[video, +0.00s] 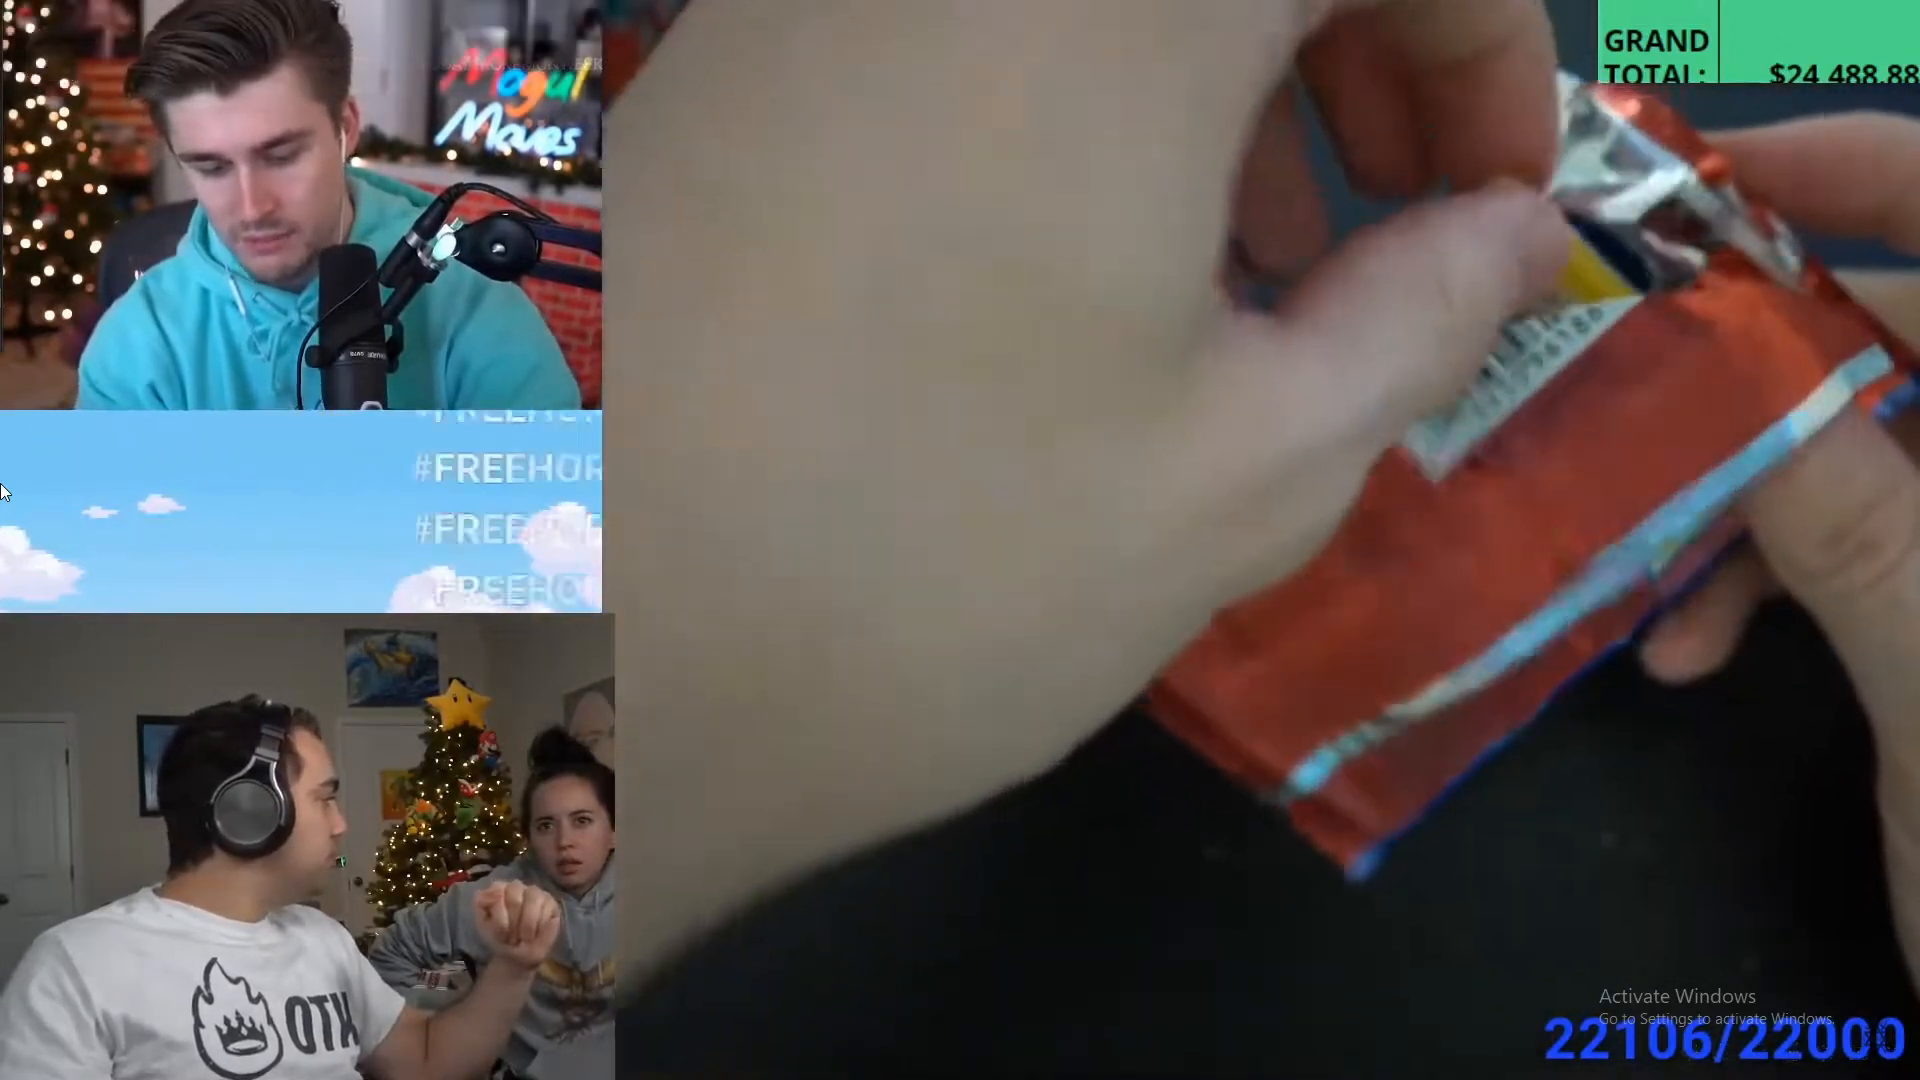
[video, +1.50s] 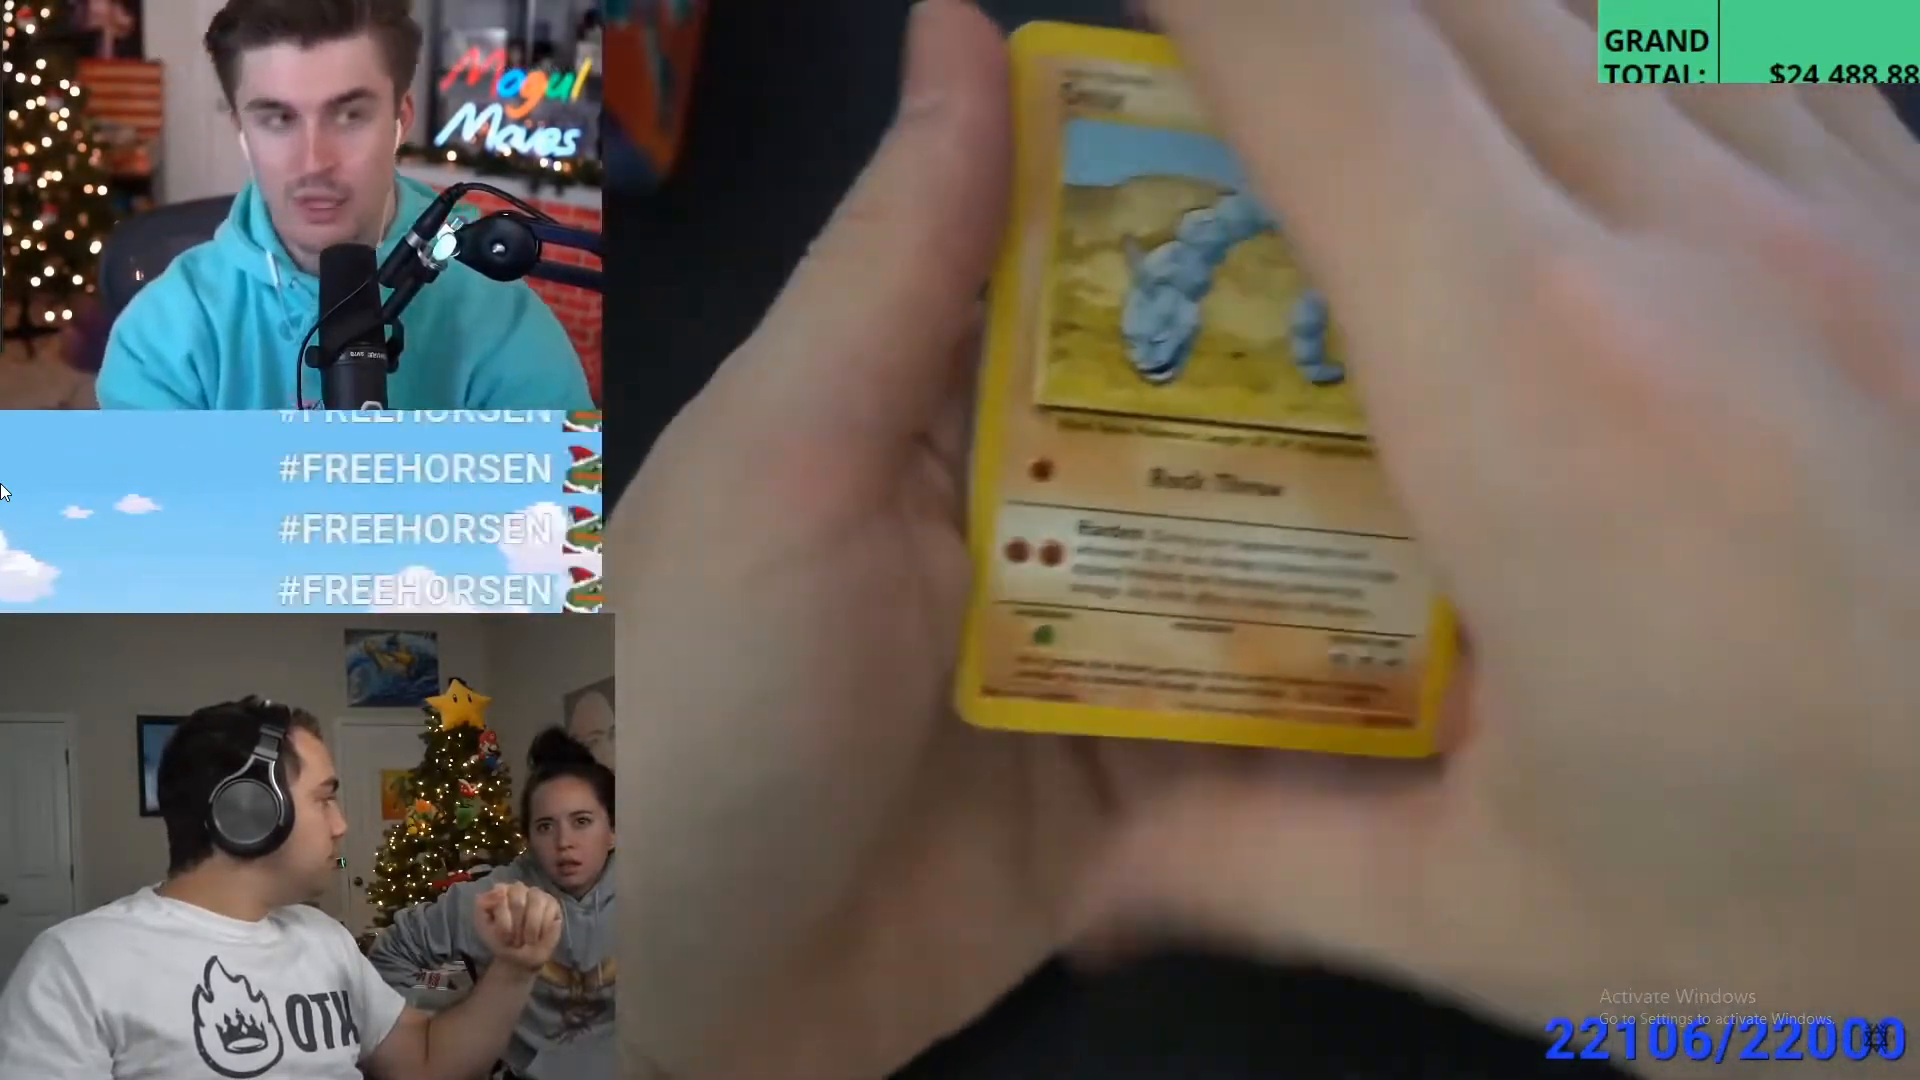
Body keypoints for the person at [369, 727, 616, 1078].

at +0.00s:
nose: (565, 842)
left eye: (582, 821)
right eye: (546, 826)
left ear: (613, 831)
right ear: (529, 838)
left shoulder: (644, 892)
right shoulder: (491, 899)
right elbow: (387, 957)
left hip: (625, 1068)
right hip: (536, 1073)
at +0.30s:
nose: (564, 842)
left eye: (582, 822)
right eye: (546, 826)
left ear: (612, 832)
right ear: (528, 838)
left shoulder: (643, 891)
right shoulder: (491, 898)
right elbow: (389, 955)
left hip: (624, 1068)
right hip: (537, 1073)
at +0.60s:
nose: (564, 842)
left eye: (582, 822)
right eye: (546, 826)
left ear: (612, 832)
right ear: (528, 838)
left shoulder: (642, 890)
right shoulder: (490, 898)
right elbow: (389, 955)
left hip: (626, 1066)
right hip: (539, 1072)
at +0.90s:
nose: (564, 842)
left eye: (582, 822)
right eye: (545, 826)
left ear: (612, 830)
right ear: (528, 838)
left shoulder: (644, 892)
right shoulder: (490, 898)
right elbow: (388, 957)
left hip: (621, 1067)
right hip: (535, 1072)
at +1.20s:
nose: (564, 842)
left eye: (582, 822)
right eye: (546, 826)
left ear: (612, 831)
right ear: (528, 838)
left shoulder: (644, 891)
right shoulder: (490, 897)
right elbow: (389, 955)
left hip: (627, 1067)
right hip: (535, 1072)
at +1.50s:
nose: (564, 842)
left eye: (582, 822)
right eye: (546, 826)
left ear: (612, 831)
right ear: (528, 838)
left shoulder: (644, 891)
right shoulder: (491, 898)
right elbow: (389, 956)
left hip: (629, 1068)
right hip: (537, 1073)